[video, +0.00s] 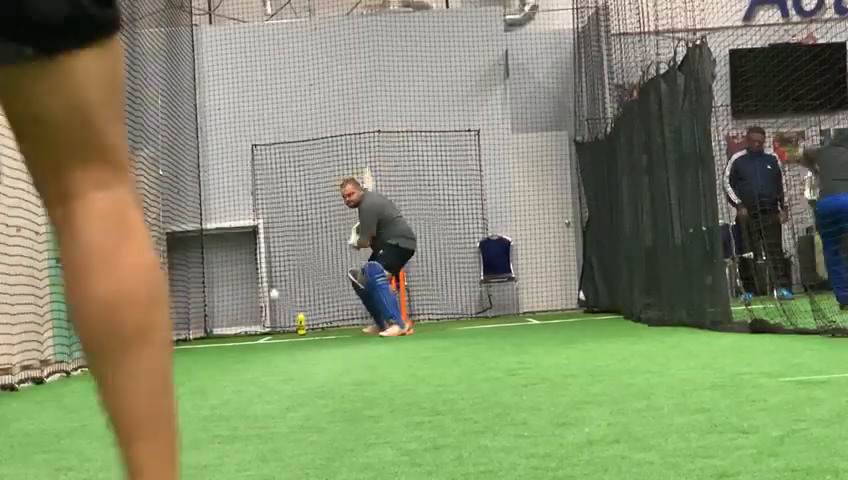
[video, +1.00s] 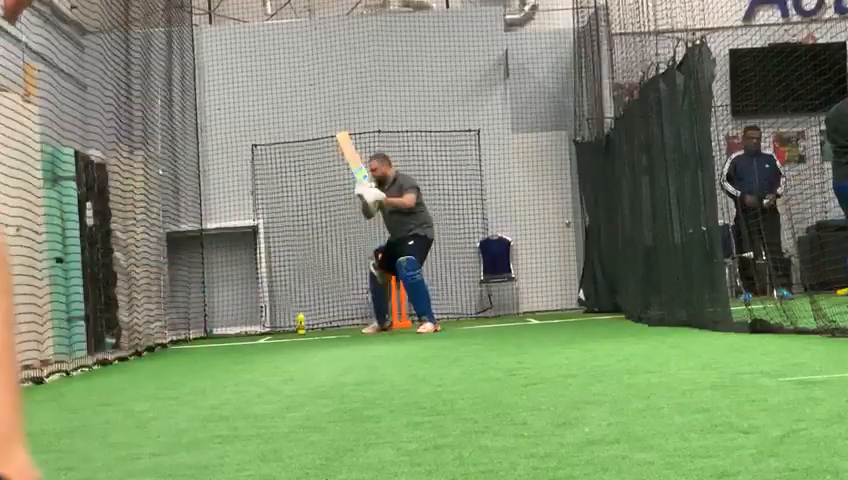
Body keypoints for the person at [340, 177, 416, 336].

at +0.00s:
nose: (347, 200)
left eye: (350, 195)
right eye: (344, 197)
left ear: (360, 190)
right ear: (342, 197)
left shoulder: (367, 205)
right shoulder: (369, 199)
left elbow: (365, 241)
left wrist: (357, 243)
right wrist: (364, 227)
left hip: (399, 243)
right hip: (391, 243)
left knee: (373, 272)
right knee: (360, 279)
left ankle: (398, 324)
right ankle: (382, 324)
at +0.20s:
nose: (341, 194)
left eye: (342, 190)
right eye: (340, 190)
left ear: (350, 186)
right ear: (355, 186)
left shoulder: (363, 195)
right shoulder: (355, 205)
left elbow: (336, 216)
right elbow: (336, 229)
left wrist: (312, 231)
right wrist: (310, 241)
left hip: (402, 238)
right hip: (383, 245)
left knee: (396, 273)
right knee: (359, 282)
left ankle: (397, 320)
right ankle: (380, 322)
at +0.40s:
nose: (339, 194)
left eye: (341, 189)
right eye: (338, 191)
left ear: (350, 186)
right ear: (339, 193)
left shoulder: (364, 191)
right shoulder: (350, 210)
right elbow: (339, 228)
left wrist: (321, 196)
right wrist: (318, 214)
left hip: (401, 236)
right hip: (381, 244)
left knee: (400, 269)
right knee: (360, 280)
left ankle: (416, 318)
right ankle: (381, 323)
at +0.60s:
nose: (349, 181)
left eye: (350, 177)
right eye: (345, 180)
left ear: (357, 177)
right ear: (343, 184)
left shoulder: (372, 186)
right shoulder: (350, 202)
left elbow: (387, 172)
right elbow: (343, 219)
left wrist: (365, 169)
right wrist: (346, 195)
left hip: (400, 234)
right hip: (379, 242)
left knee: (399, 269)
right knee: (360, 280)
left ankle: (425, 318)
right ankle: (381, 323)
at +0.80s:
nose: (363, 182)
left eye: (365, 177)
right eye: (359, 180)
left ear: (372, 175)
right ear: (357, 182)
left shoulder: (386, 185)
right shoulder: (361, 197)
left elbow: (405, 191)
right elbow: (347, 209)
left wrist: (384, 181)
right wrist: (352, 185)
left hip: (407, 236)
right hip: (385, 242)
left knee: (402, 269)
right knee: (363, 281)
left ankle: (426, 319)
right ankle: (381, 323)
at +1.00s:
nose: (373, 174)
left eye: (375, 170)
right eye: (371, 171)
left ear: (387, 166)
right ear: (371, 171)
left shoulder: (405, 181)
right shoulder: (378, 187)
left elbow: (409, 202)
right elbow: (368, 214)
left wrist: (382, 199)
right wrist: (364, 197)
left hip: (419, 234)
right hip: (398, 239)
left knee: (406, 265)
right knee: (376, 267)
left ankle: (428, 321)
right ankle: (382, 321)